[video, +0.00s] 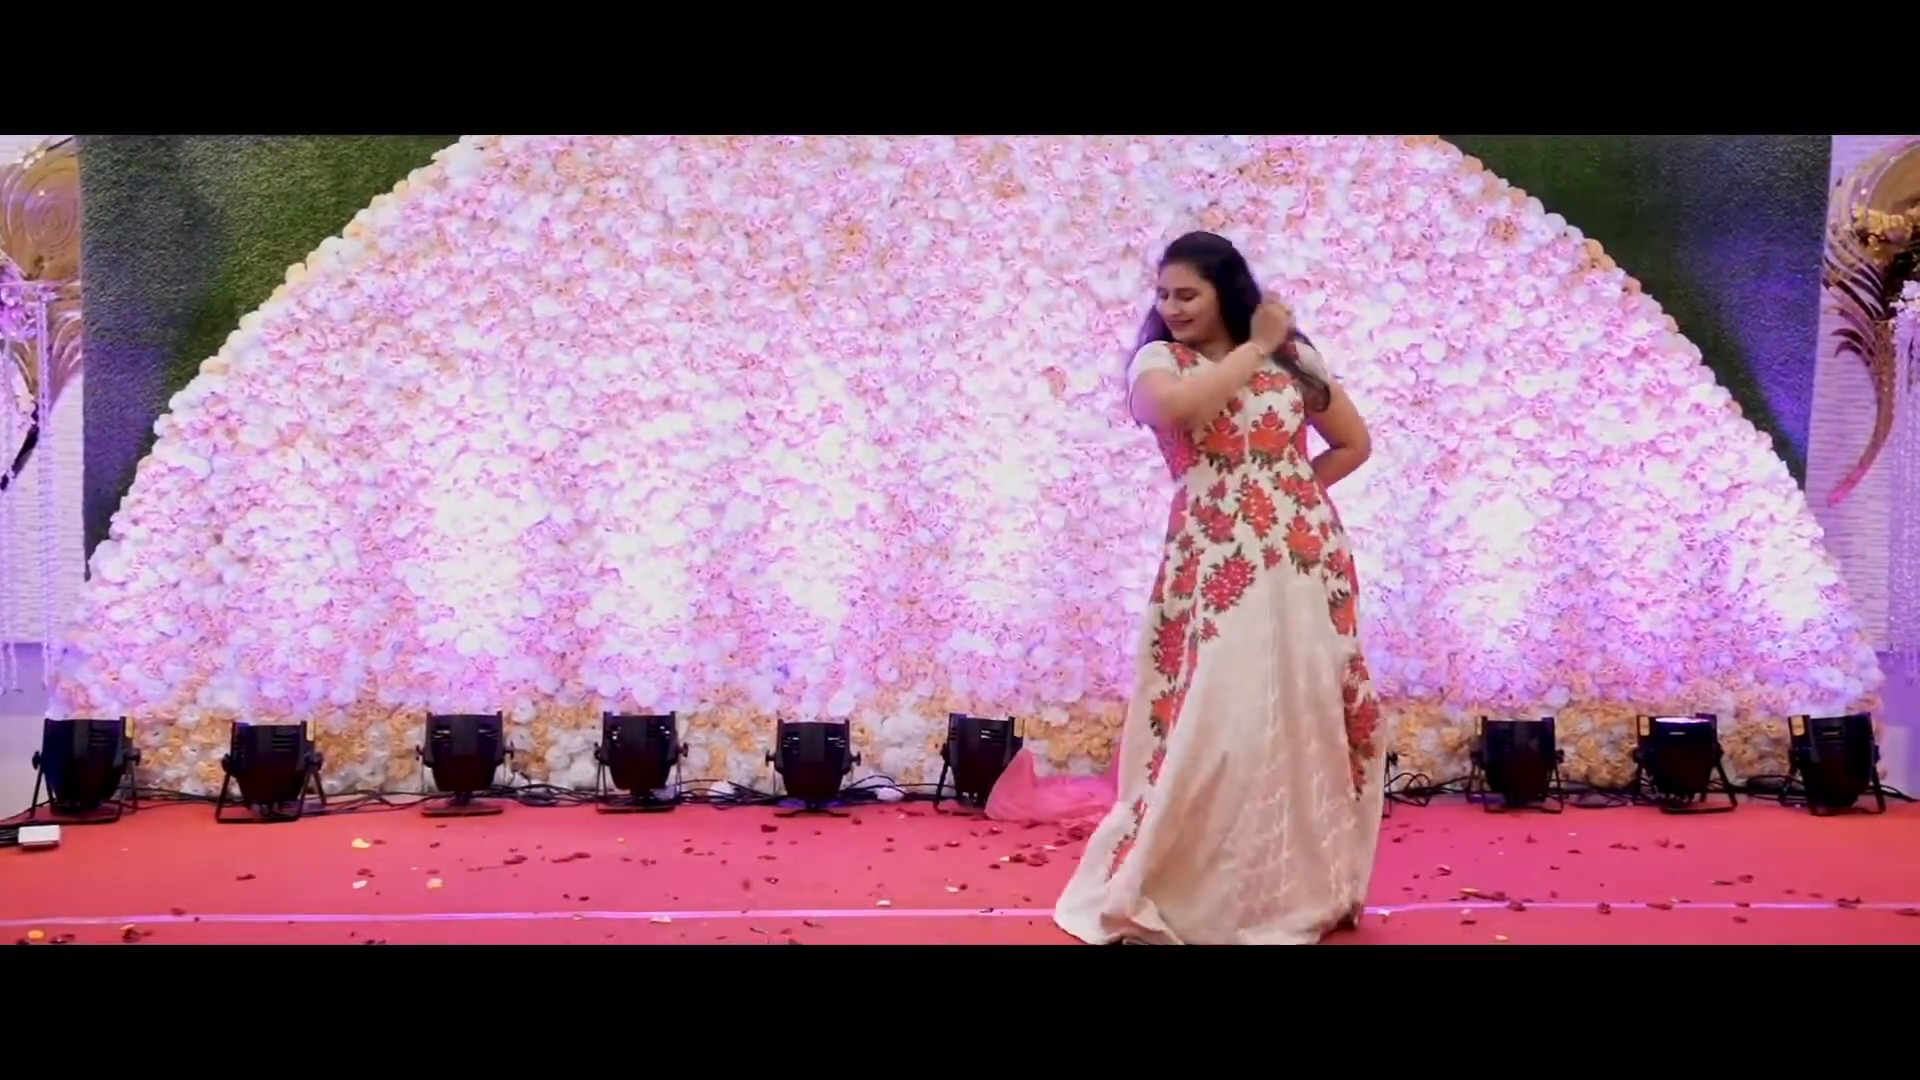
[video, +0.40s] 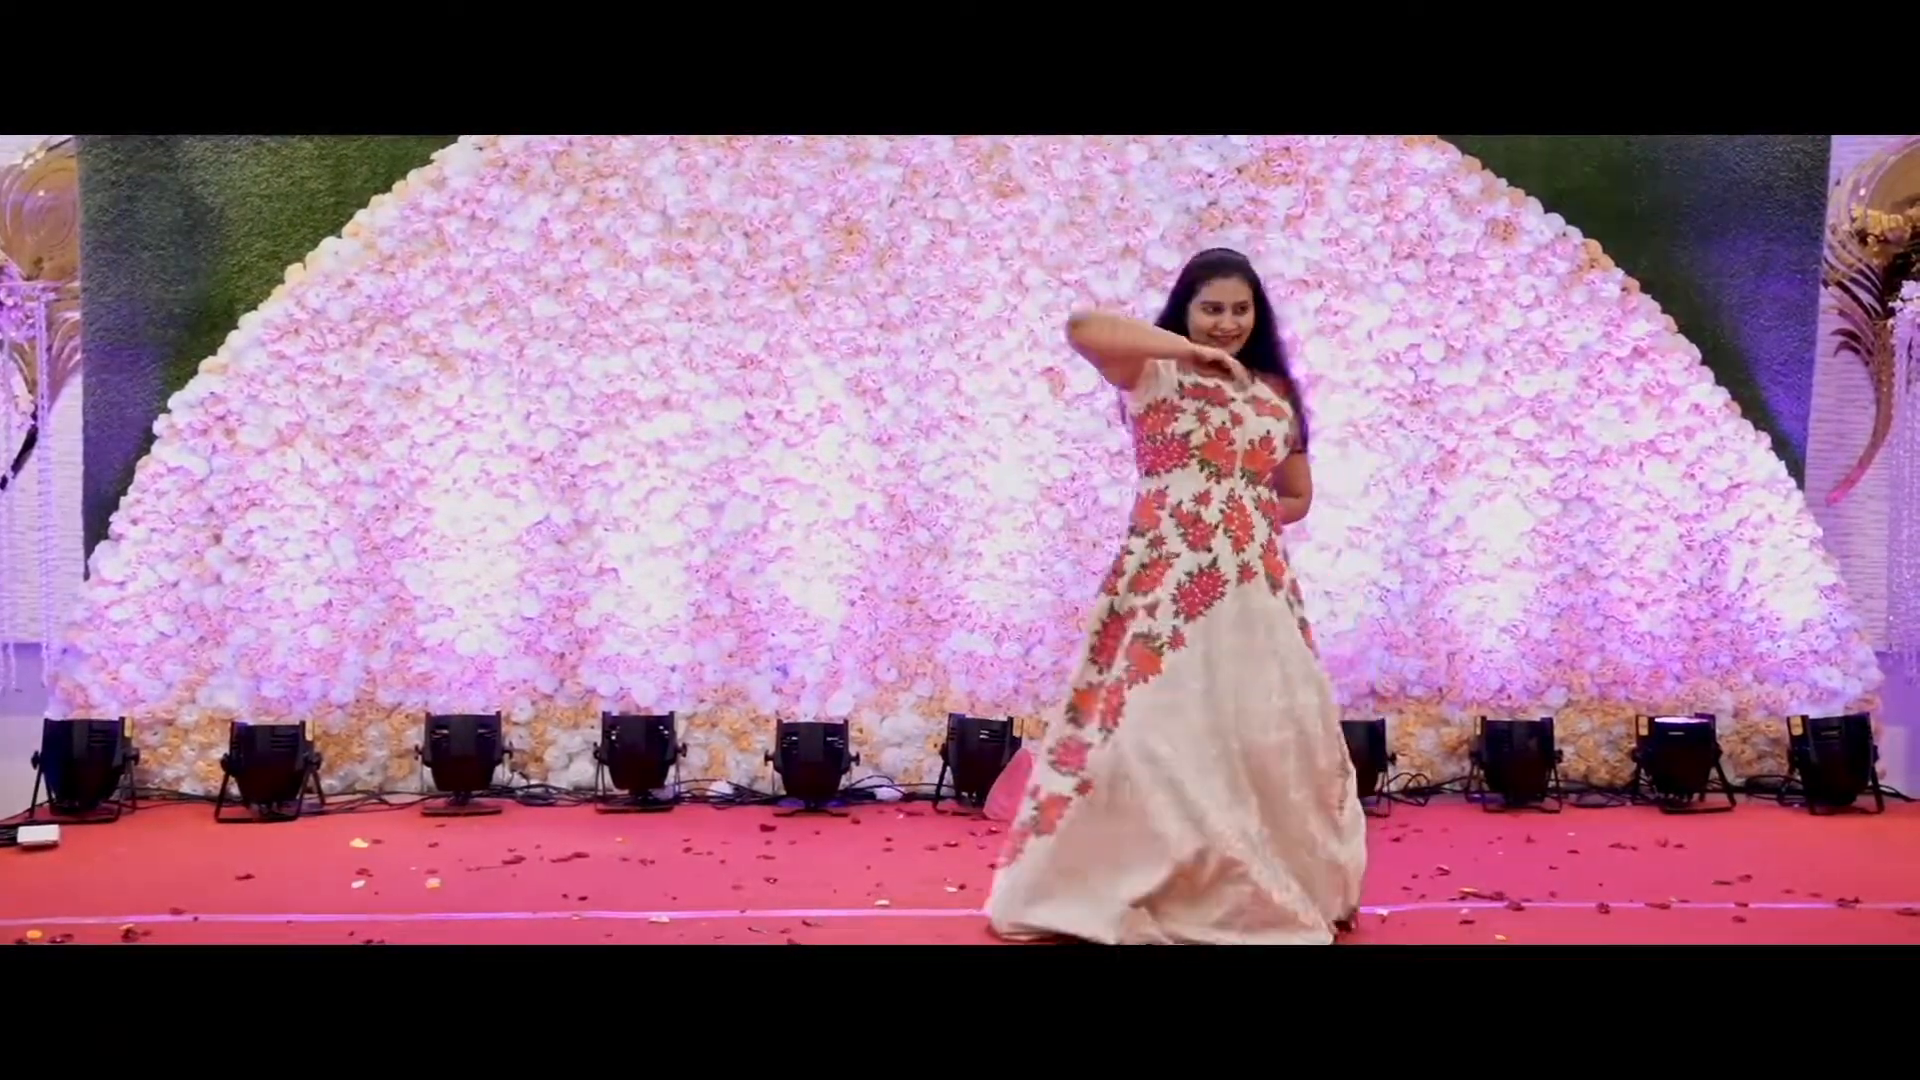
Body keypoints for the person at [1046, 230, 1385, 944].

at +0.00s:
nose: (1174, 308)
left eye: (1188, 294)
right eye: (1165, 295)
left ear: (1228, 294)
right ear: (1157, 298)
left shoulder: (1286, 356)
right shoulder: (1157, 360)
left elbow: (1354, 442)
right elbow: (1179, 405)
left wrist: (1293, 487)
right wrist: (1260, 345)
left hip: (1297, 545)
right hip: (1218, 550)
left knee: (1303, 716)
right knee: (1225, 716)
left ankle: (1304, 888)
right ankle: (1215, 890)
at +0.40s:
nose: (1225, 323)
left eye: (1239, 311)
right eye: (1210, 310)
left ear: (1255, 316)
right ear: (1184, 312)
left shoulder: (1274, 399)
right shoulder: (1156, 370)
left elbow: (1297, 498)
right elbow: (1085, 330)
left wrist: (1228, 494)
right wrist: (1184, 348)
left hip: (1250, 566)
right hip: (1169, 561)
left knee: (1263, 724)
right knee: (1163, 722)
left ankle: (1269, 890)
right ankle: (1164, 890)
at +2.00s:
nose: (1196, 378)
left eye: (1200, 366)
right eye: (1192, 363)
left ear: (1169, 354)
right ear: (1161, 345)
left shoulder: (1152, 422)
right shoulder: (1109, 371)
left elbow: (1188, 510)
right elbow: (1210, 419)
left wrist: (1288, 518)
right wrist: (1267, 473)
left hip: (1120, 583)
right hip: (1072, 575)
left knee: (1187, 722)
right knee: (1083, 734)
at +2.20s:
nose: (1182, 358)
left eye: (1188, 350)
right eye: (1174, 342)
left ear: (1182, 345)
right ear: (1142, 325)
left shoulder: (1154, 428)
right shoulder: (1084, 358)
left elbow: (1187, 508)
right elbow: (1165, 300)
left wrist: (1280, 496)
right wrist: (1224, 362)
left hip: (1108, 577)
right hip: (1035, 567)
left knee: (1172, 718)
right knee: (1050, 730)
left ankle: (1179, 891)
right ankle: (1046, 896)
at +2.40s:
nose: (1132, 316)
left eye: (1142, 306)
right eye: (1118, 301)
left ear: (1149, 315)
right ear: (1085, 300)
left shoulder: (1120, 408)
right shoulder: (1042, 340)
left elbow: (1149, 488)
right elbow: (1077, 243)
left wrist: (1236, 467)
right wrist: (1171, 269)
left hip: (1068, 563)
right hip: (991, 553)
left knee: (1128, 709)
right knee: (1005, 725)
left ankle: (1183, 889)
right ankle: (1022, 896)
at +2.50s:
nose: (1102, 306)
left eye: (1113, 296)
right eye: (1088, 293)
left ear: (1122, 307)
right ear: (1057, 295)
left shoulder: (1099, 399)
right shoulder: (1016, 339)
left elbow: (1131, 481)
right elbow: (1052, 236)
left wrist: (1222, 456)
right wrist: (1145, 241)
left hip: (1057, 564)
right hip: (979, 556)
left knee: (1109, 717)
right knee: (996, 727)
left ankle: (1181, 892)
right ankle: (1013, 898)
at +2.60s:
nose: (1076, 302)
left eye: (1088, 291)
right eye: (1062, 288)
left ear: (1097, 305)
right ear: (1032, 292)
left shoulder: (1081, 397)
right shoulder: (993, 342)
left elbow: (1117, 477)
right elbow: (1028, 237)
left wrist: (1211, 459)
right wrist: (1115, 223)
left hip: (1051, 568)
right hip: (971, 561)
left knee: (1095, 721)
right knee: (984, 732)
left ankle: (1175, 891)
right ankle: (1002, 899)